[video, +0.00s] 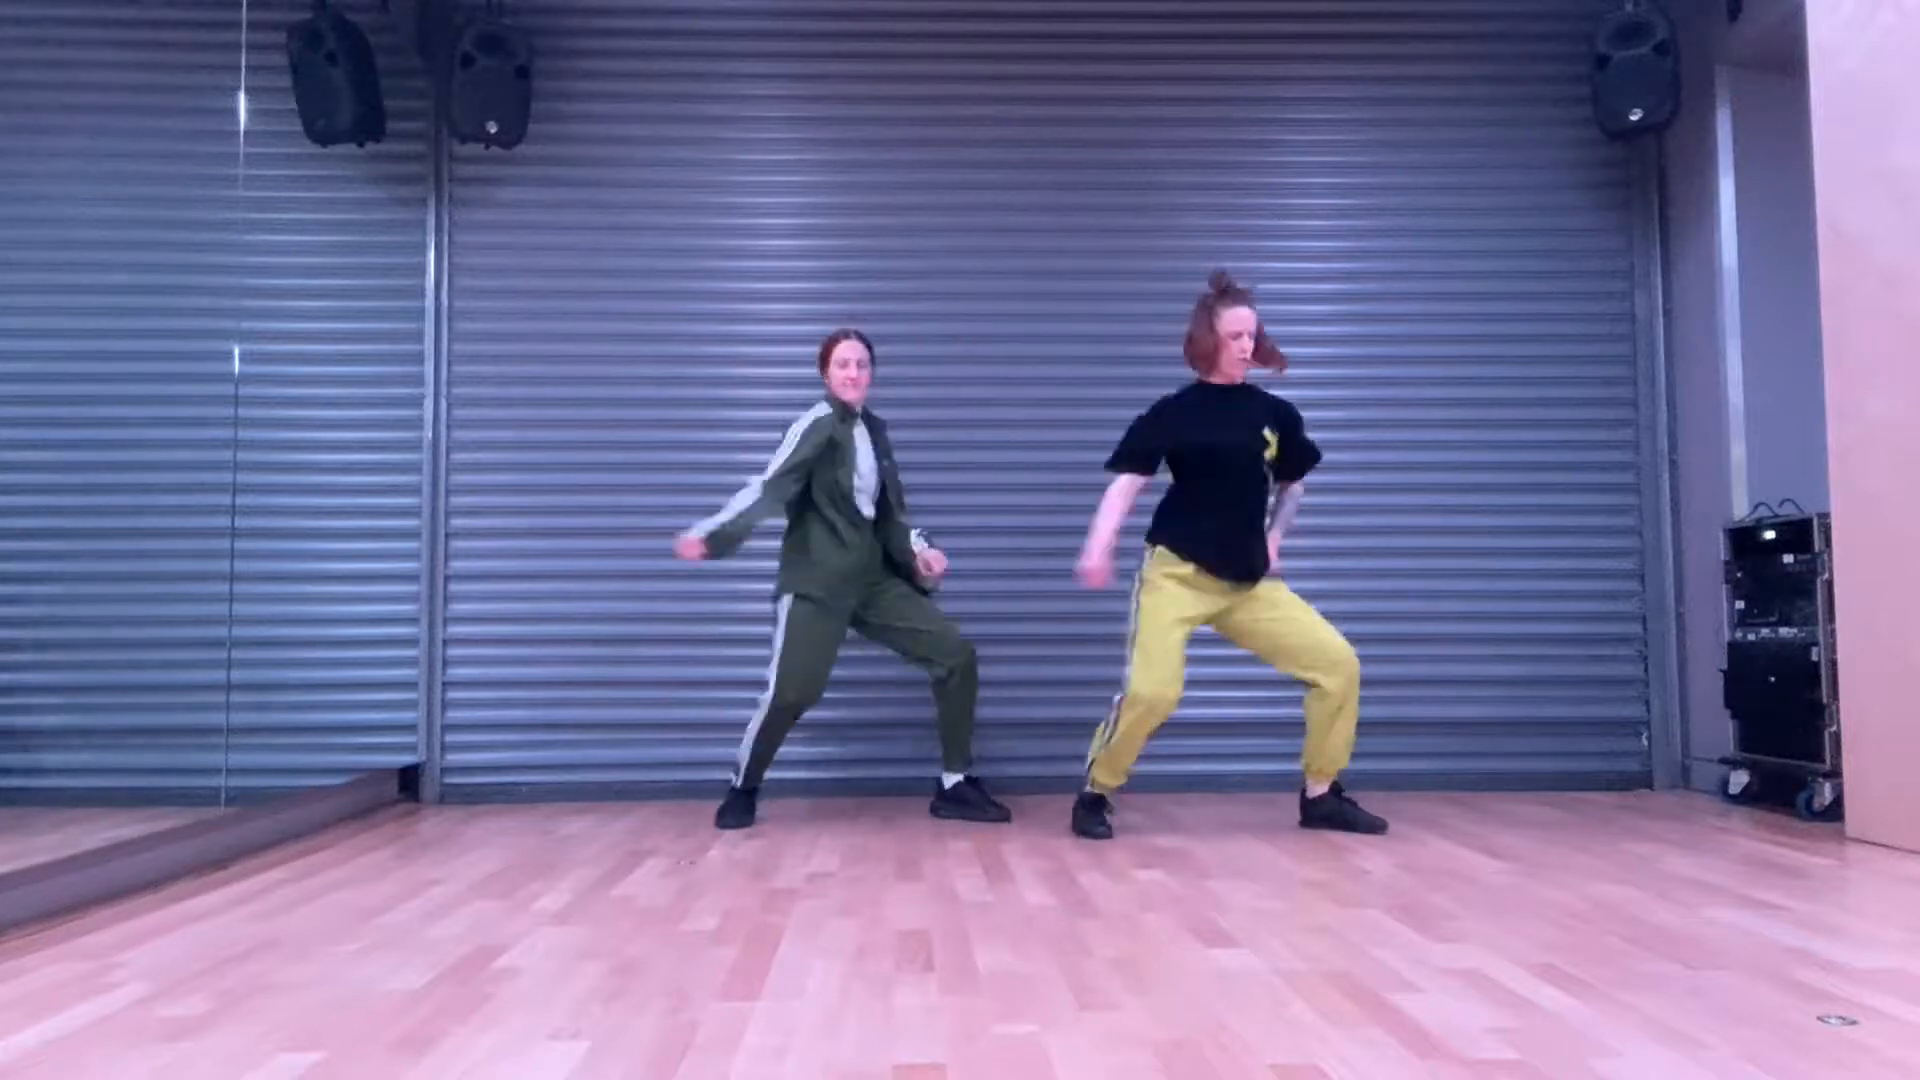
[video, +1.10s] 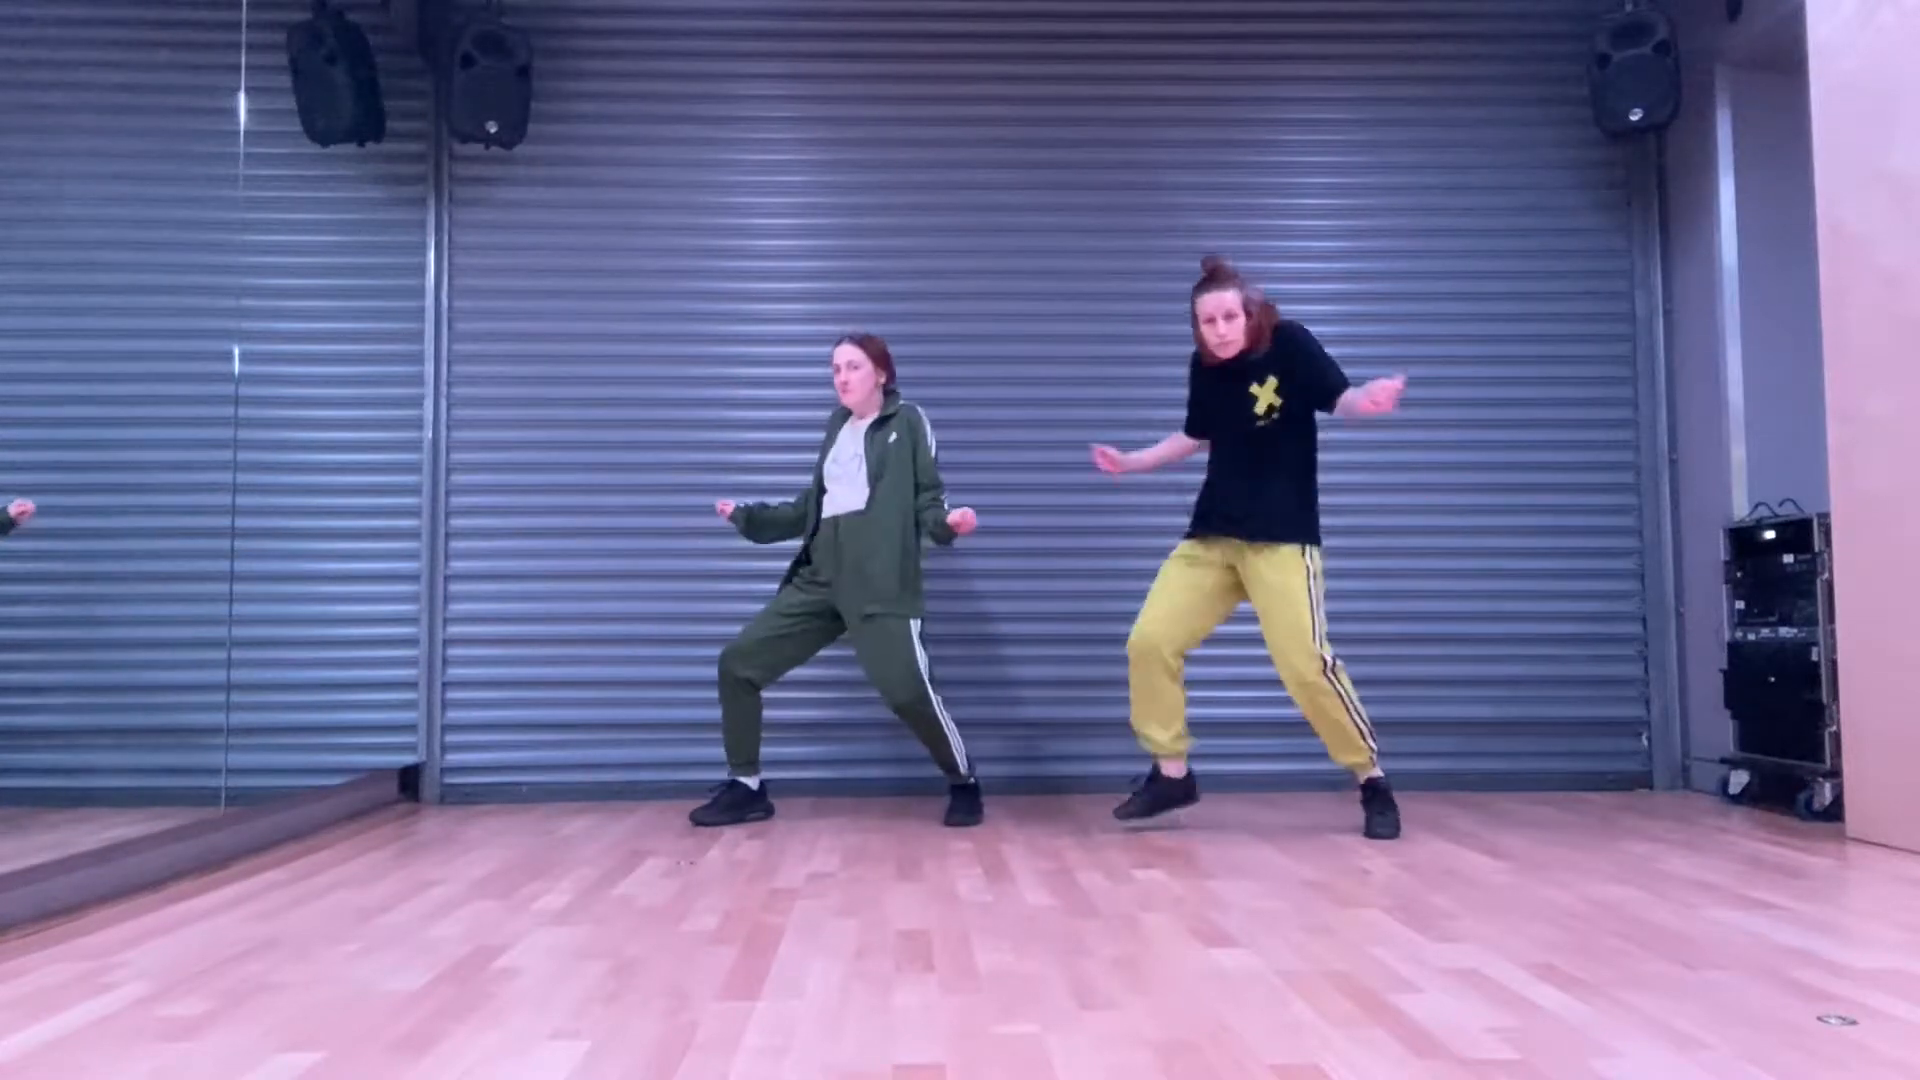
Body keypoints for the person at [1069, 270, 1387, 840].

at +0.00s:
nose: (1246, 346)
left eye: (1251, 335)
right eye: (1234, 335)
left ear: (1256, 341)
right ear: (1206, 339)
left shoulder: (1275, 415)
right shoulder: (1173, 413)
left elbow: (1293, 486)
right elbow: (1126, 483)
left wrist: (1272, 541)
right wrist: (1097, 547)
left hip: (1247, 584)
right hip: (1174, 579)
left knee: (1337, 664)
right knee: (1154, 692)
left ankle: (1320, 796)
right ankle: (1095, 794)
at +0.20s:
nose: (1243, 344)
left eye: (1251, 332)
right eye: (1231, 333)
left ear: (1260, 334)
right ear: (1206, 336)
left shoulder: (1283, 403)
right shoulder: (1171, 405)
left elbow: (1336, 473)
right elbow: (1117, 469)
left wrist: (1289, 513)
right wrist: (1064, 518)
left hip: (1258, 570)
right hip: (1171, 565)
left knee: (1327, 669)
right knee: (1138, 670)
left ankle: (1335, 785)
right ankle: (1114, 790)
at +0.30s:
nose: (1245, 353)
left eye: (1253, 341)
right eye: (1233, 343)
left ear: (1265, 342)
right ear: (1211, 346)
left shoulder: (1285, 395)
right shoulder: (1189, 410)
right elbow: (1136, 471)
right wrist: (1135, 503)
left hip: (1257, 554)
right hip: (1182, 549)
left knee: (1281, 679)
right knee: (1130, 663)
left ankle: (1364, 785)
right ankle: (1134, 793)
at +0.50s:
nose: (1241, 341)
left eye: (1250, 329)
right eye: (1229, 331)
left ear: (1267, 331)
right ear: (1214, 338)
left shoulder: (1299, 383)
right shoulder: (1202, 406)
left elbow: (1355, 446)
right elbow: (1160, 477)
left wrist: (1284, 459)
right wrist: (1161, 480)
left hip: (1301, 571)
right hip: (1227, 571)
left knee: (1321, 684)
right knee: (1156, 656)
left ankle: (1365, 787)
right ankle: (1146, 791)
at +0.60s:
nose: (1247, 354)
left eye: (1257, 341)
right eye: (1235, 343)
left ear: (1273, 346)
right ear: (1220, 352)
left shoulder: (1308, 417)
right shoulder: (1214, 430)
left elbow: (1351, 495)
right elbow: (1200, 511)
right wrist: (1132, 545)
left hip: (1320, 587)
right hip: (1245, 588)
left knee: (1334, 701)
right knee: (1176, 666)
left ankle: (1369, 798)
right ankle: (1171, 799)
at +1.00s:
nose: (1240, 344)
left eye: (1250, 330)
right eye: (1229, 334)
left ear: (1271, 328)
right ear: (1218, 339)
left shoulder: (1314, 378)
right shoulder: (1225, 394)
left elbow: (1360, 447)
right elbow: (1219, 481)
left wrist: (1411, 457)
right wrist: (1163, 507)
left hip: (1268, 551)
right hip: (1200, 540)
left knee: (1292, 678)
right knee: (1162, 668)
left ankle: (1364, 790)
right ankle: (1167, 798)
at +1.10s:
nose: (1217, 331)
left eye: (1228, 317)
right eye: (1206, 320)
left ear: (1251, 314)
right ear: (1194, 323)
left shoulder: (1288, 344)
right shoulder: (1203, 367)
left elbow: (1338, 398)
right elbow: (1194, 437)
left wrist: (1369, 399)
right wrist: (1130, 462)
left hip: (1281, 541)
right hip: (1211, 538)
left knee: (1304, 665)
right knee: (1149, 642)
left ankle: (1372, 783)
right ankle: (1171, 777)